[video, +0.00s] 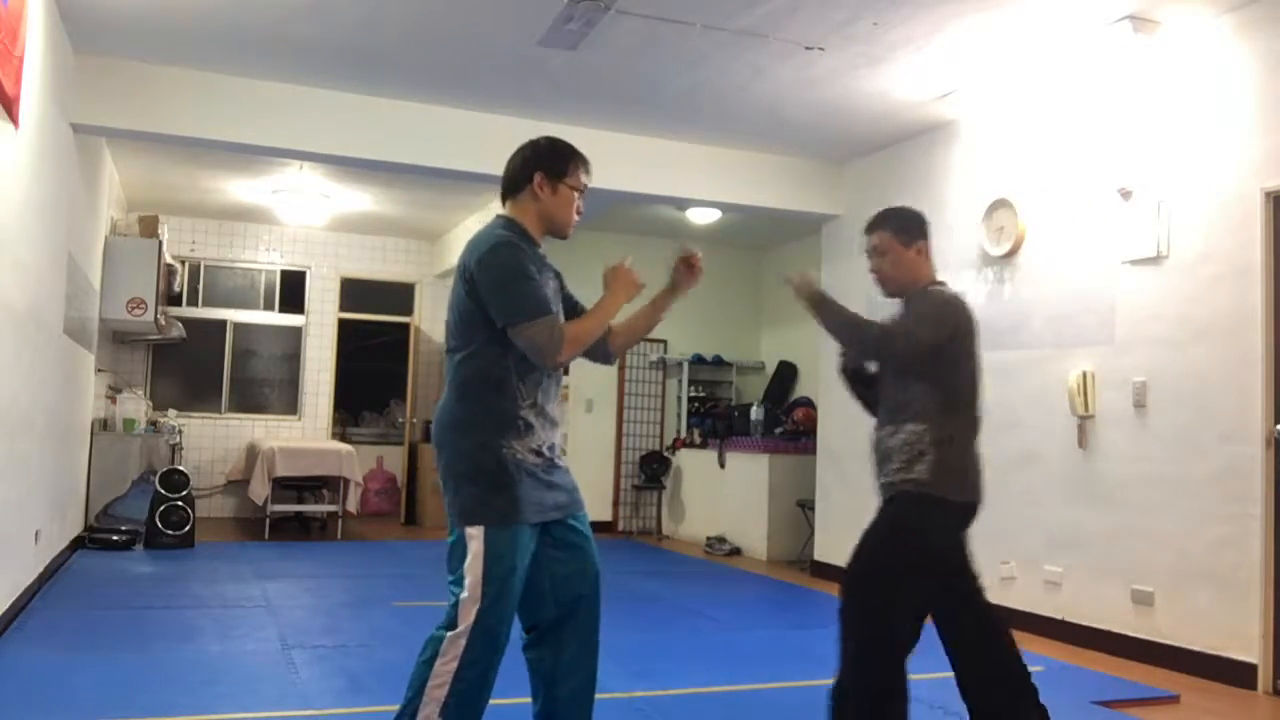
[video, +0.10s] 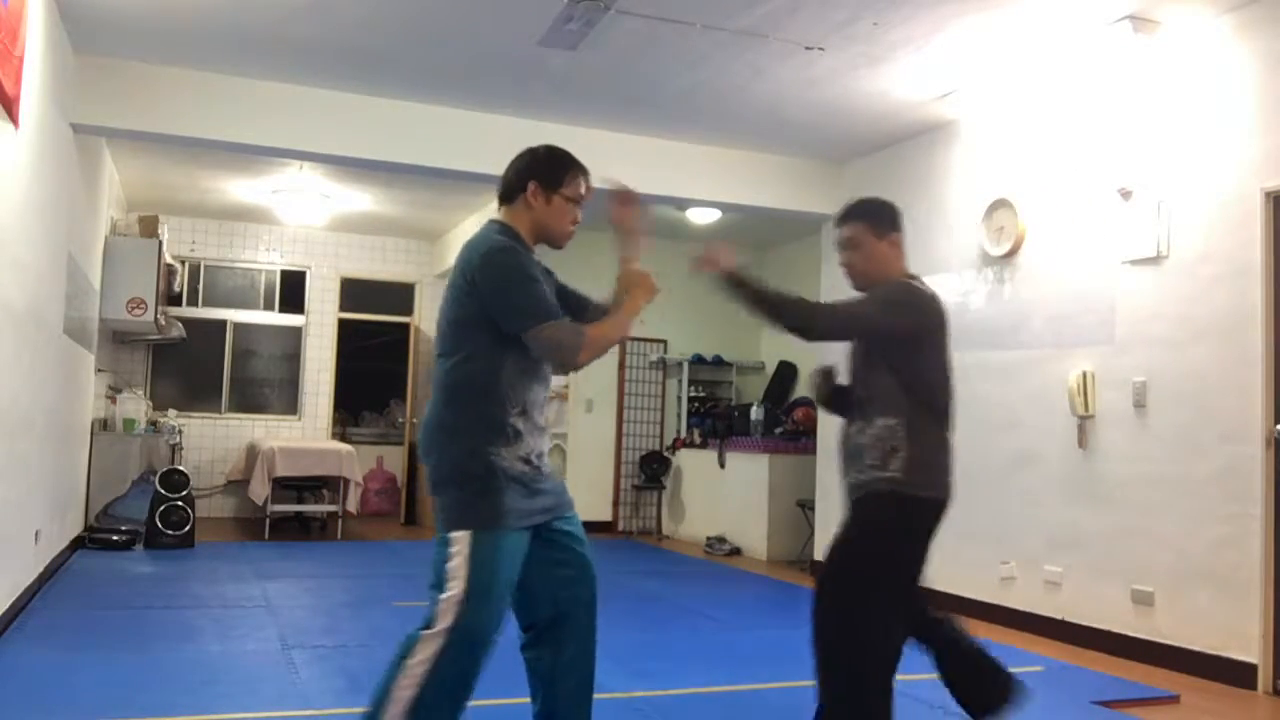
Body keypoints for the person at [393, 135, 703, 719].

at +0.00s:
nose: (583, 204)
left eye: (585, 194)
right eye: (577, 190)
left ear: (540, 189)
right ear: (540, 184)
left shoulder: (540, 267)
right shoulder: (500, 249)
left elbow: (608, 344)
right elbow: (551, 347)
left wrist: (670, 292)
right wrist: (613, 296)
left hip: (541, 459)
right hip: (491, 460)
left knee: (571, 601)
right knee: (480, 619)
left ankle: (564, 715)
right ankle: (427, 716)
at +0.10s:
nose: (580, 217)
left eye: (582, 205)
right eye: (574, 202)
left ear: (535, 198)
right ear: (534, 194)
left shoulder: (529, 267)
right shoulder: (496, 255)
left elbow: (608, 318)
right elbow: (564, 349)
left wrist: (631, 239)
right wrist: (627, 307)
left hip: (530, 470)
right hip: (479, 470)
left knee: (567, 604)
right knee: (462, 623)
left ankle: (563, 716)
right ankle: (395, 714)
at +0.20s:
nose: (567, 221)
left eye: (570, 210)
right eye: (560, 206)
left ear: (519, 202)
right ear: (519, 199)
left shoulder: (513, 264)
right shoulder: (482, 256)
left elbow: (607, 291)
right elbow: (570, 344)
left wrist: (578, 221)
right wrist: (640, 312)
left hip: (510, 484)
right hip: (451, 481)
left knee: (551, 637)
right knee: (417, 629)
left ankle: (561, 713)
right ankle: (347, 714)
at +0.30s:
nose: (546, 215)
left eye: (551, 204)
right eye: (540, 200)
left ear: (499, 195)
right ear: (497, 191)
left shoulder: (488, 258)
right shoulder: (457, 249)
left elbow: (583, 287)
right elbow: (547, 347)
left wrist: (550, 221)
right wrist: (614, 312)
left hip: (477, 475)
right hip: (420, 473)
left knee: (517, 642)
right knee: (384, 634)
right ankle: (323, 716)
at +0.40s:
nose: (527, 208)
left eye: (531, 195)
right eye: (520, 191)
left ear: (475, 187)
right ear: (473, 181)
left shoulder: (468, 253)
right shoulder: (431, 241)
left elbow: (552, 295)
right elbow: (505, 345)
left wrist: (559, 261)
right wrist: (584, 312)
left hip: (458, 464)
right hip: (405, 464)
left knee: (505, 603)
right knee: (383, 625)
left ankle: (506, 718)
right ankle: (325, 719)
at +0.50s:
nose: (506, 202)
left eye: (511, 191)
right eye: (499, 187)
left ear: (455, 182)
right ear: (452, 176)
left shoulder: (452, 248)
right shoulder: (411, 236)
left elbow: (541, 281)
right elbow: (476, 344)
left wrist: (514, 206)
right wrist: (565, 315)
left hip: (456, 467)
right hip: (399, 468)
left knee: (504, 611)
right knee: (378, 640)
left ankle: (478, 717)